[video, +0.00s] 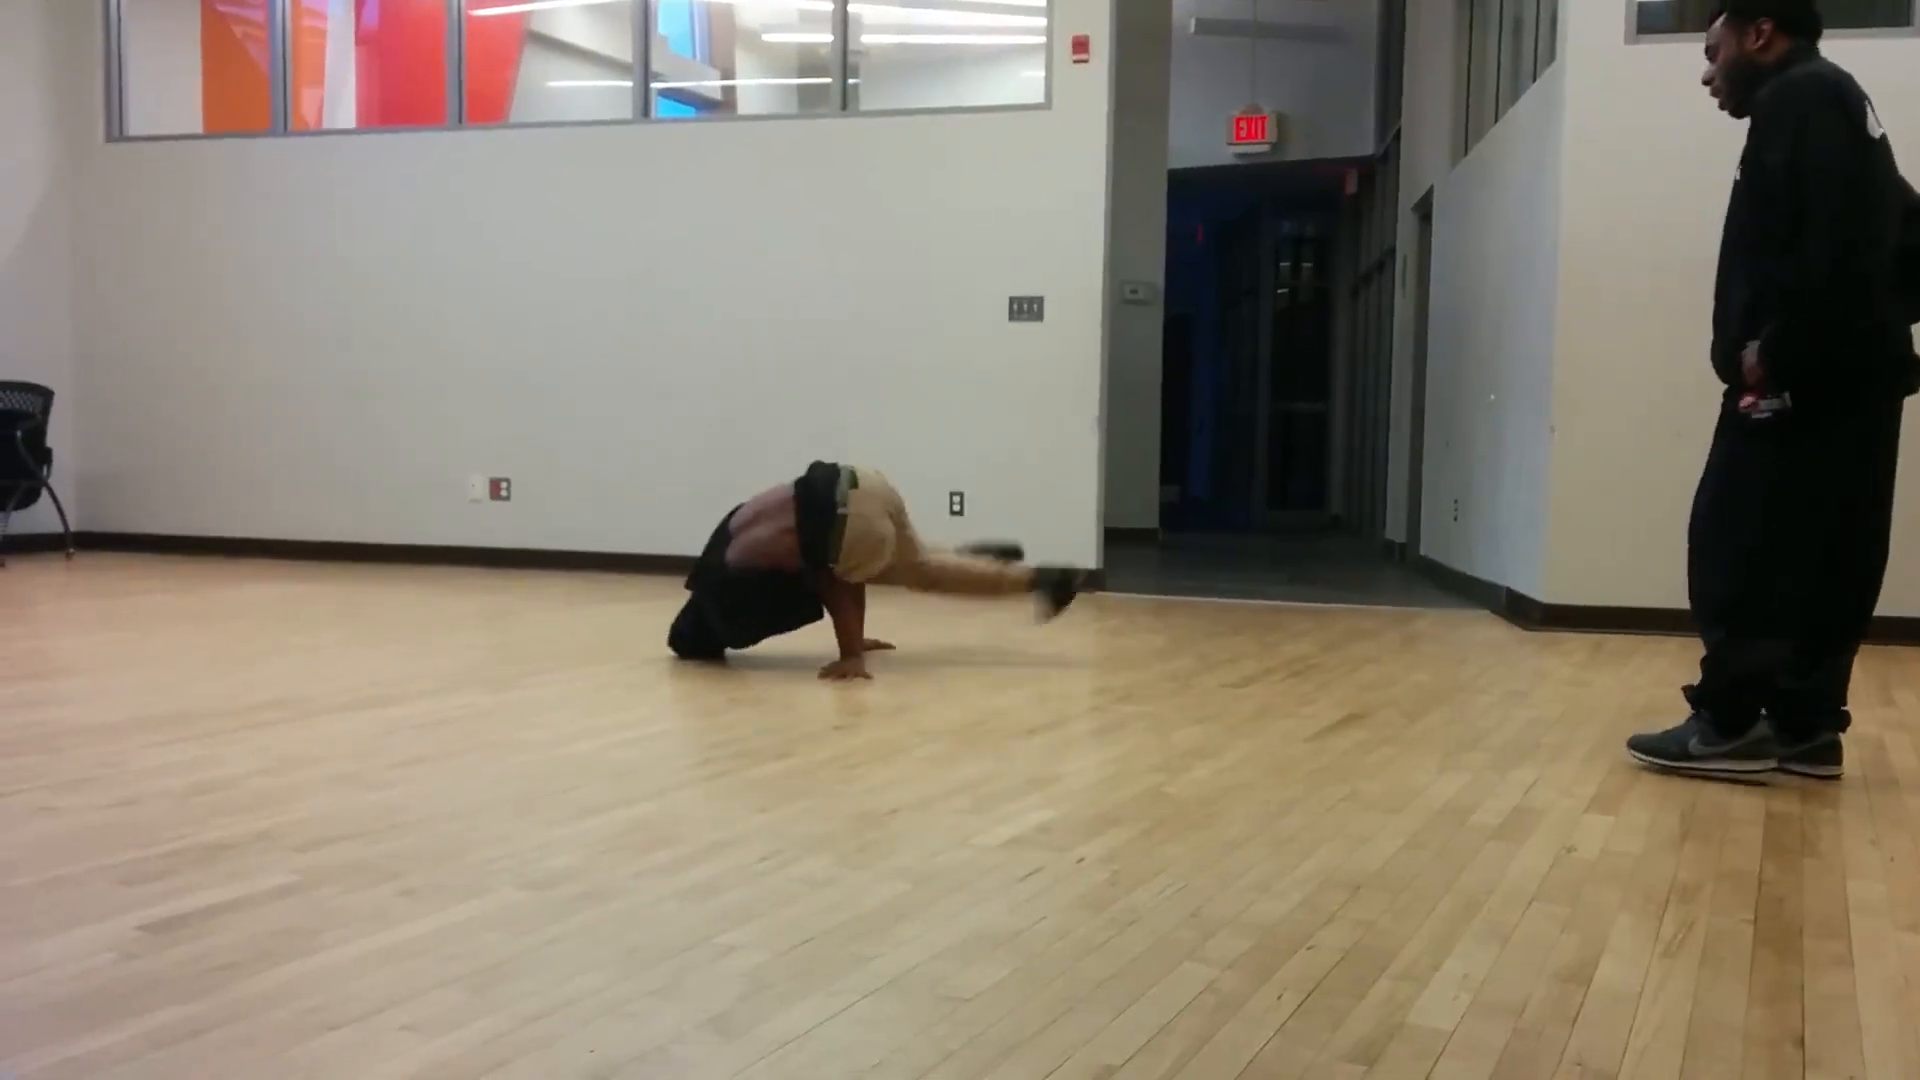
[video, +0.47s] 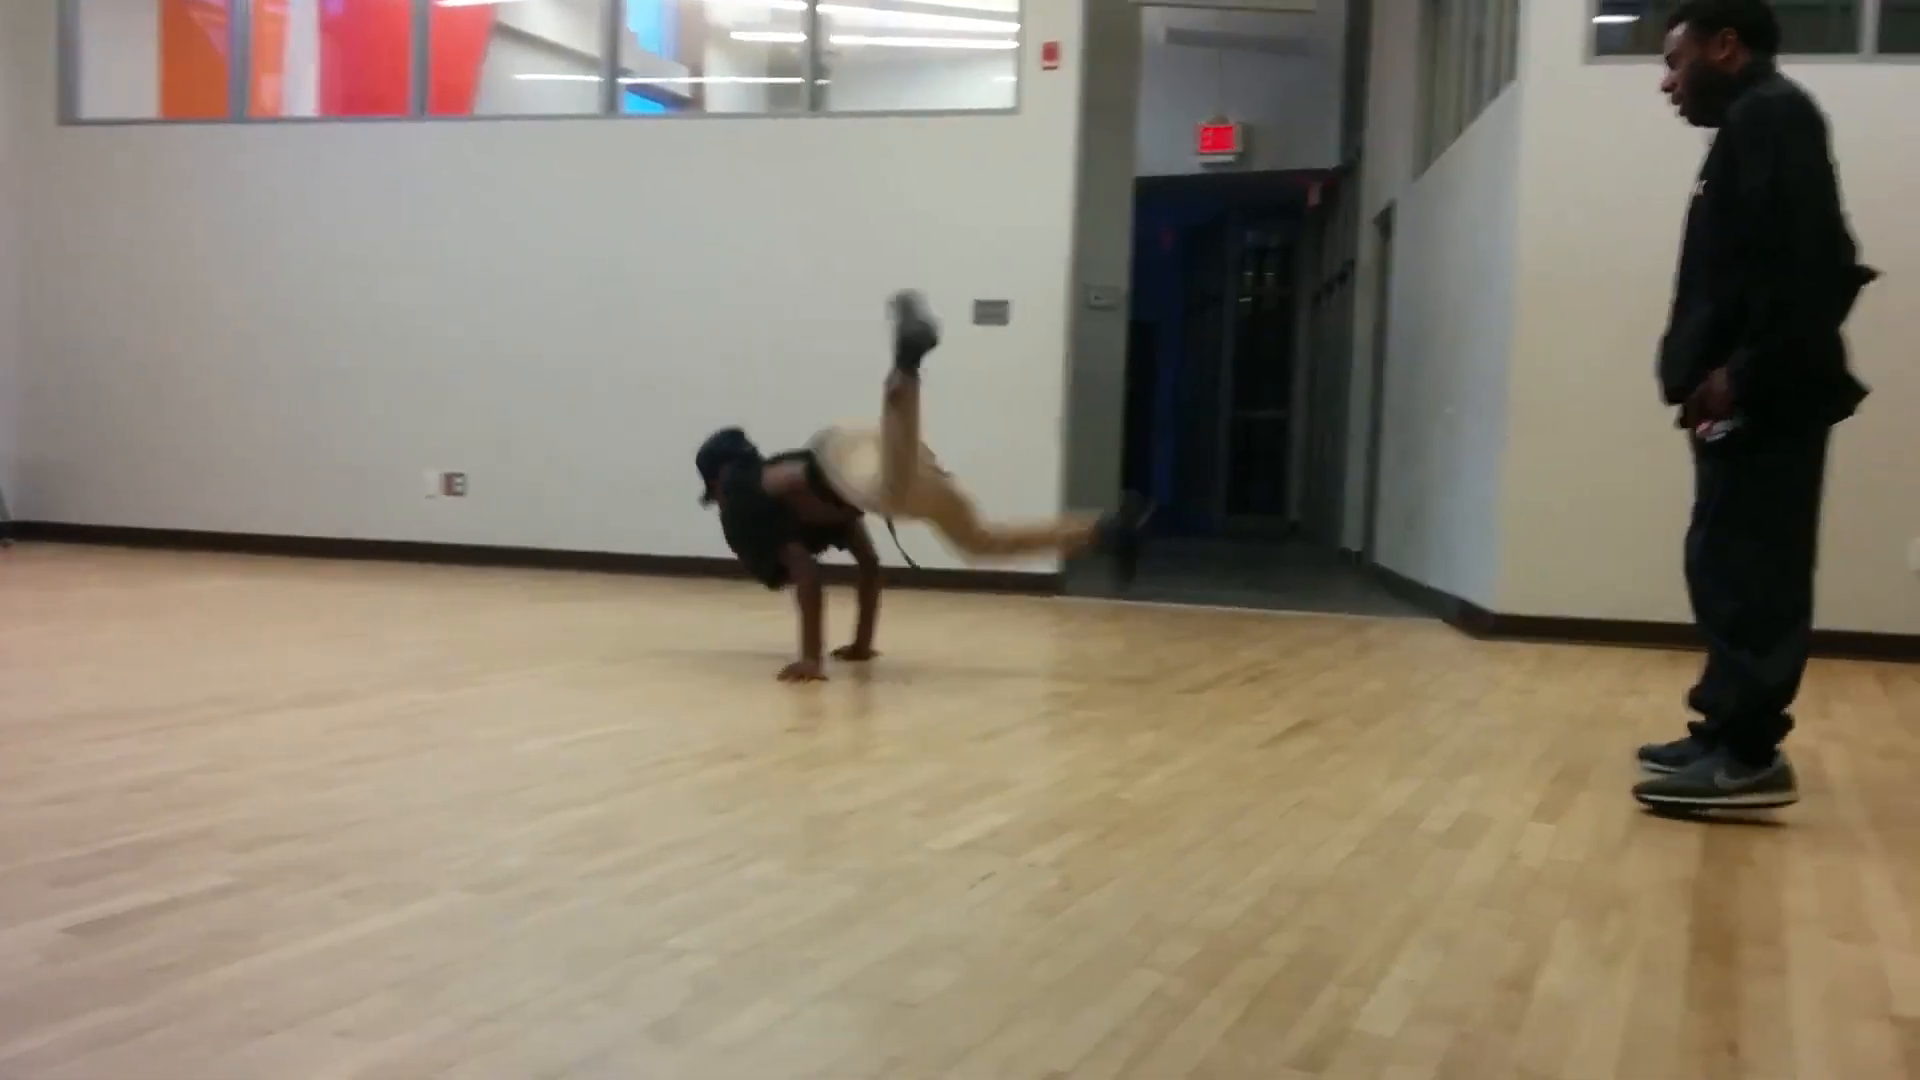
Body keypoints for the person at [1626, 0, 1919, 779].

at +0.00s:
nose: (1706, 69)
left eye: (1713, 46)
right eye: (1706, 51)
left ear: (1763, 36)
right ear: (1770, 38)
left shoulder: (1799, 99)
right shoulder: (1834, 99)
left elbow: (1802, 238)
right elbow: (1902, 220)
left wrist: (1767, 344)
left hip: (1795, 382)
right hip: (1855, 381)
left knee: (1729, 530)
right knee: (1828, 545)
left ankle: (1732, 720)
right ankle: (1808, 727)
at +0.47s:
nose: (1666, 80)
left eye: (1675, 59)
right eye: (1665, 63)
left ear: (1727, 47)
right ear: (1727, 51)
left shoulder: (1774, 116)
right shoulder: (1759, 118)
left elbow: (1815, 270)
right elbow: (1816, 268)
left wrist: (1738, 374)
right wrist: (1715, 369)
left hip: (1774, 405)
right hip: (1751, 405)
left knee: (1754, 566)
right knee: (1730, 562)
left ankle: (1748, 752)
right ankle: (1723, 736)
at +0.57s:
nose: (1628, 83)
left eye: (1638, 63)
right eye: (1627, 66)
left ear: (1691, 53)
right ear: (1686, 58)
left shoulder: (1733, 124)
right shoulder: (1712, 127)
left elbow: (1767, 277)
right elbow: (1725, 275)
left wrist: (1695, 384)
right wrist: (1660, 375)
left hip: (1729, 412)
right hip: (1699, 412)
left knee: (1715, 578)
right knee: (1689, 575)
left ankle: (1710, 765)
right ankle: (1680, 740)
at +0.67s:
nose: (1592, 83)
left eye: (1601, 62)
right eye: (1591, 65)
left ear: (1655, 51)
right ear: (1654, 55)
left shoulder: (1696, 125)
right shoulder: (1678, 125)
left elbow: (1709, 278)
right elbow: (1686, 276)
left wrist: (1658, 389)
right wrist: (1633, 382)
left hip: (1691, 414)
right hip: (1666, 412)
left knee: (1681, 583)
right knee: (1657, 579)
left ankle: (1682, 773)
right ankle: (1649, 743)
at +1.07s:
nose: (1575, 78)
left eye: (1587, 57)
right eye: (1575, 60)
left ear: (1645, 51)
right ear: (1641, 56)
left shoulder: (1696, 134)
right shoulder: (1664, 136)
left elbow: (1733, 281)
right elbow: (1679, 283)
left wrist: (1657, 393)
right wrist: (1620, 389)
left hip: (1683, 428)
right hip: (1652, 426)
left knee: (1672, 603)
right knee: (1643, 598)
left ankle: (1674, 792)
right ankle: (1638, 757)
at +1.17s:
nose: (1570, 84)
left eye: (1581, 62)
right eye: (1569, 66)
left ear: (1638, 54)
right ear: (1634, 58)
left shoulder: (1691, 131)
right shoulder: (1658, 137)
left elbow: (1728, 277)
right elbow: (1670, 282)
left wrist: (1656, 393)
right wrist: (1613, 386)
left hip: (1675, 431)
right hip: (1642, 428)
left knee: (1667, 605)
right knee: (1634, 600)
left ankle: (1672, 793)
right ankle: (1633, 759)